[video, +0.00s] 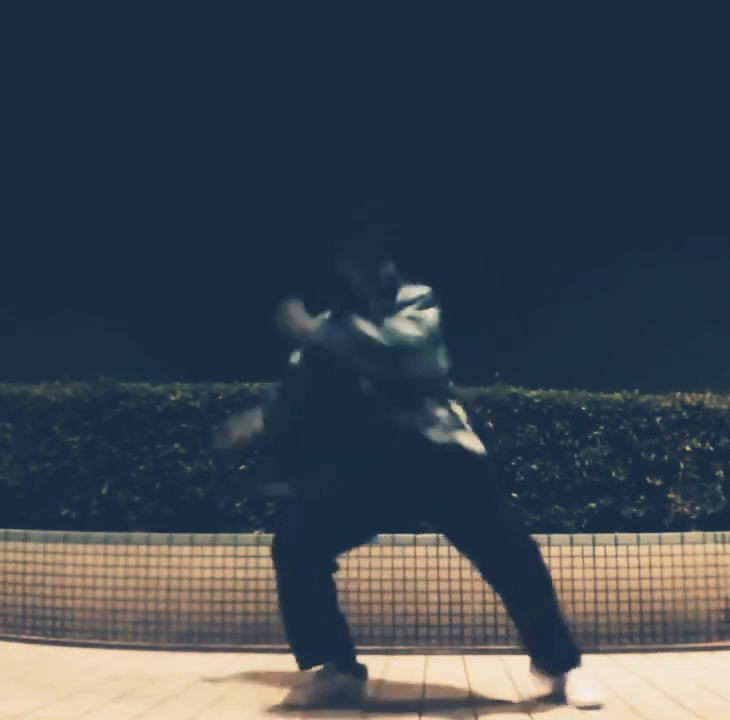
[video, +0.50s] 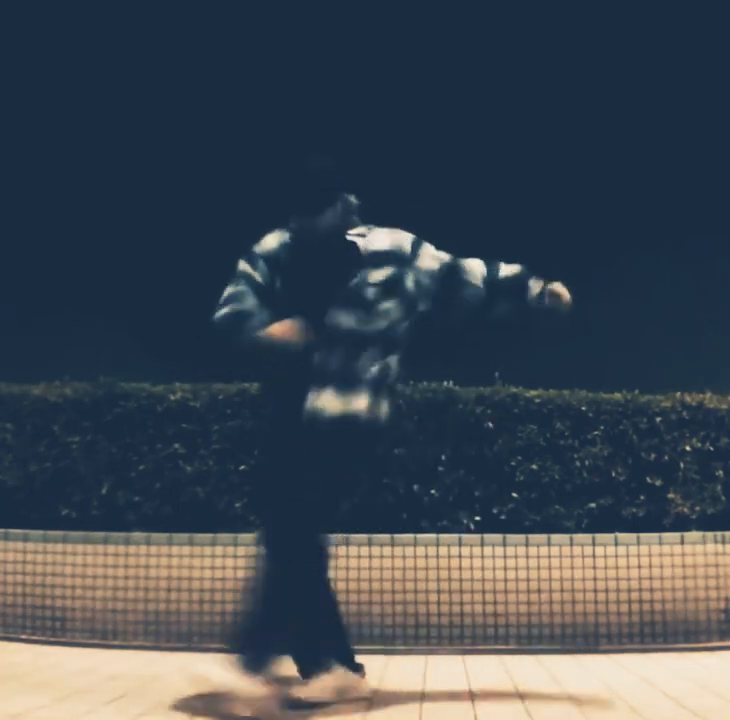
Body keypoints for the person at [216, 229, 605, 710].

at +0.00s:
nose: (365, 274)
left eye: (373, 263)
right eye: (353, 266)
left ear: (389, 264)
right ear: (341, 274)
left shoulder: (419, 302)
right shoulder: (331, 326)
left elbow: (396, 346)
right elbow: (295, 389)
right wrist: (255, 420)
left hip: (444, 462)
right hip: (363, 468)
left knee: (506, 547)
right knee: (295, 547)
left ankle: (563, 669)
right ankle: (335, 670)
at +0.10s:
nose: (333, 277)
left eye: (340, 264)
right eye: (327, 271)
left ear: (358, 257)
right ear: (324, 273)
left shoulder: (398, 285)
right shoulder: (320, 318)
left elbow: (363, 330)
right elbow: (294, 336)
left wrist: (285, 282)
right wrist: (243, 360)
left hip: (440, 456)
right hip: (365, 469)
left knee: (502, 552)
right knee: (308, 553)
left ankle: (572, 668)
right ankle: (340, 671)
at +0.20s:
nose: (339, 258)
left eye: (345, 244)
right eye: (330, 250)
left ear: (359, 237)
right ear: (324, 254)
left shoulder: (398, 266)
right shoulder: (320, 286)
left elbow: (371, 327)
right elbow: (282, 331)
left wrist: (296, 302)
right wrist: (227, 357)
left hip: (424, 440)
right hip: (350, 447)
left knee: (473, 546)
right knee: (306, 550)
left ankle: (550, 663)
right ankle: (338, 670)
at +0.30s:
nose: (331, 233)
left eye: (339, 221)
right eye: (321, 224)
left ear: (359, 216)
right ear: (309, 226)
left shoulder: (394, 250)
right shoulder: (305, 268)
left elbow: (414, 322)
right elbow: (262, 321)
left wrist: (354, 329)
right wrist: (217, 359)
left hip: (402, 430)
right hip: (331, 436)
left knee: (433, 540)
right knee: (306, 544)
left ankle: (478, 661)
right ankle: (335, 668)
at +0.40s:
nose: (324, 228)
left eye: (333, 217)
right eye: (313, 219)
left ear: (354, 210)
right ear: (299, 219)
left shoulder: (395, 254)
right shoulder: (283, 257)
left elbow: (455, 288)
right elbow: (242, 309)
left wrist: (502, 305)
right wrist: (229, 340)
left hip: (367, 425)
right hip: (300, 428)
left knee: (352, 536)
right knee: (300, 540)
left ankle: (352, 664)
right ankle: (317, 666)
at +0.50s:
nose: (314, 229)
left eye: (322, 217)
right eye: (305, 221)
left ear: (344, 210)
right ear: (295, 218)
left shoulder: (395, 252)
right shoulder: (278, 253)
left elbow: (470, 278)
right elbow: (231, 309)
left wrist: (535, 290)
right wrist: (264, 328)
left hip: (357, 423)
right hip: (292, 419)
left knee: (298, 533)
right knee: (295, 535)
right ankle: (332, 666)